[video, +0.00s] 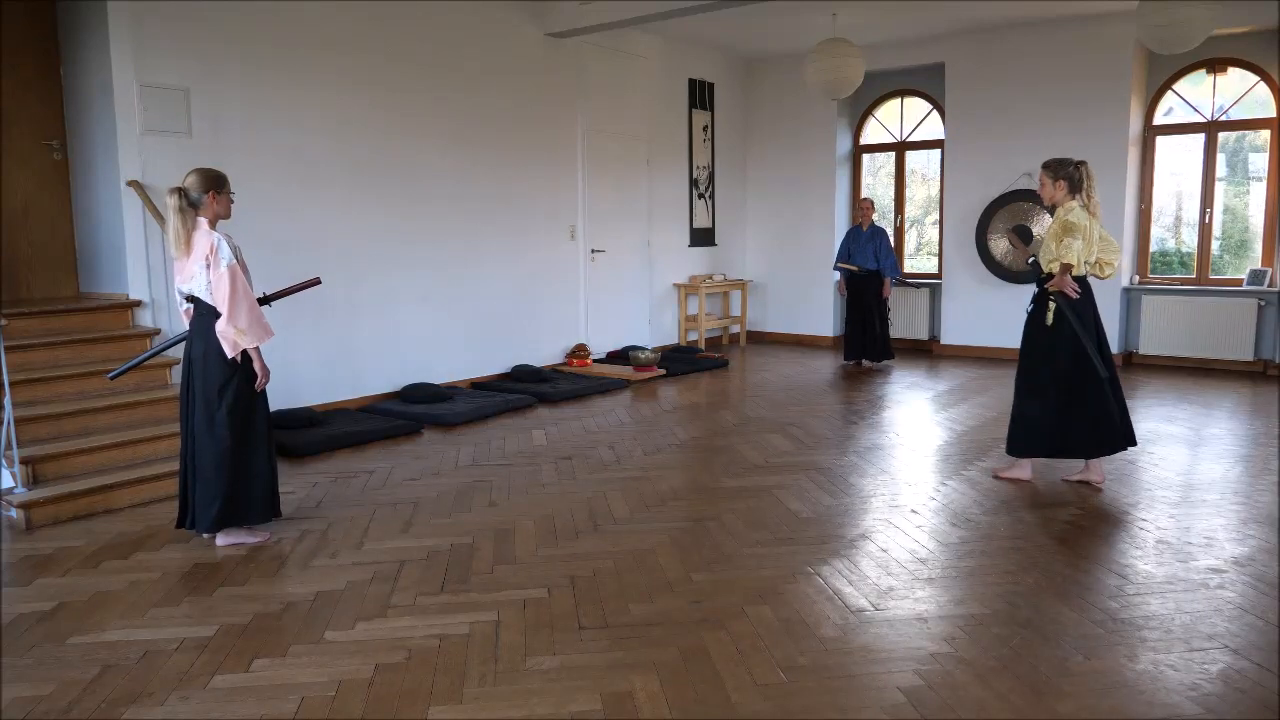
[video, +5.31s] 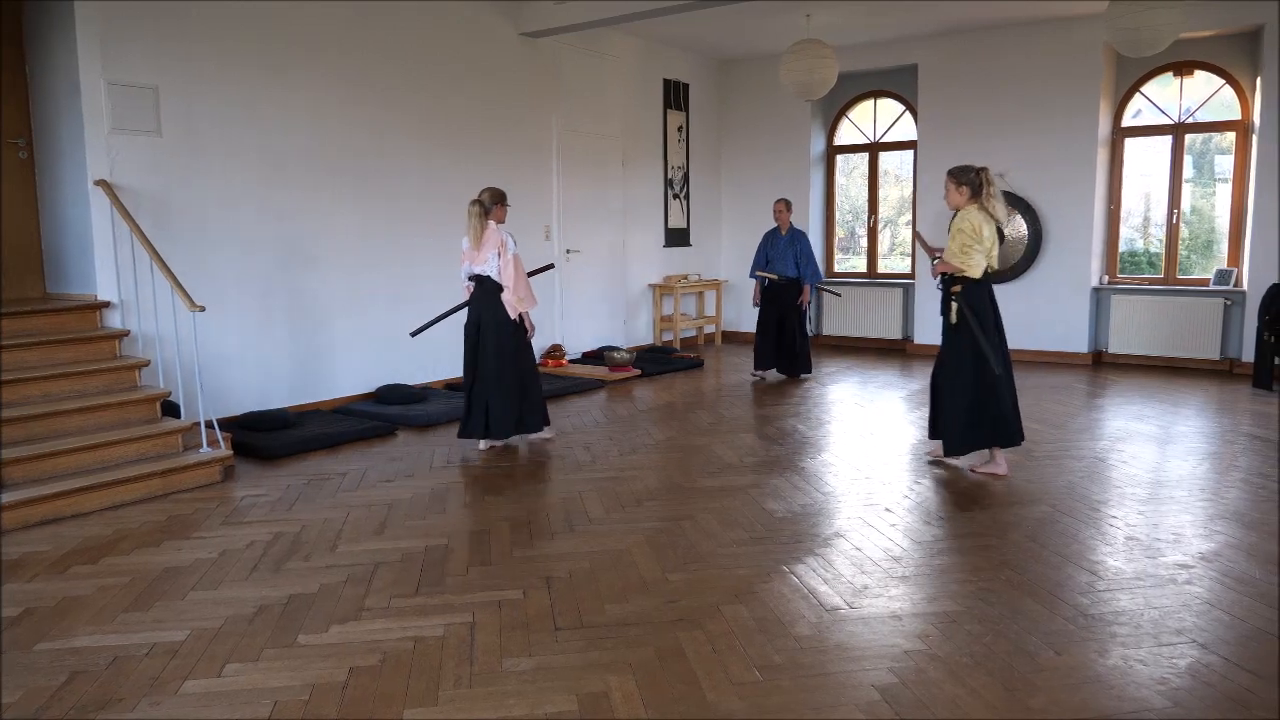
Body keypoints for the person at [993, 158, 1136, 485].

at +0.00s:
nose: (1038, 190)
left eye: (1042, 184)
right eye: (1038, 184)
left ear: (1061, 185)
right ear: (1068, 187)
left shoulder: (1068, 214)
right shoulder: (1086, 216)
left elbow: (1070, 246)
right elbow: (1109, 256)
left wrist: (1062, 275)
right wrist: (1085, 271)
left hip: (1053, 304)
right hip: (1079, 303)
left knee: (1033, 379)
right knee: (1083, 381)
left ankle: (1024, 463)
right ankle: (1094, 467)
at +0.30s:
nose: (1027, 186)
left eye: (1032, 181)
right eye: (1028, 180)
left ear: (1049, 184)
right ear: (1051, 185)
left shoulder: (1053, 215)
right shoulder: (1060, 215)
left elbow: (1048, 259)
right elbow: (1066, 261)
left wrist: (1018, 283)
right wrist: (1034, 278)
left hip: (1037, 302)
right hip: (1054, 302)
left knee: (1023, 377)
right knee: (1058, 376)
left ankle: (1023, 460)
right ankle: (1071, 454)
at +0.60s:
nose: (1023, 185)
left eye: (1028, 179)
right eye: (1024, 179)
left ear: (1047, 183)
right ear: (1048, 184)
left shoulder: (1043, 217)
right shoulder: (1056, 215)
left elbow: (1024, 269)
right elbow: (1041, 263)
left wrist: (991, 310)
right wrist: (1008, 253)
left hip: (1033, 302)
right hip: (1043, 299)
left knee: (1026, 375)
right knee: (1029, 374)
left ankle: (1024, 458)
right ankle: (1020, 453)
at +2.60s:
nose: (1011, 185)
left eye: (1015, 179)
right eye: (1013, 179)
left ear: (1030, 182)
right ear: (1034, 182)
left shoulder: (1032, 216)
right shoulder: (1048, 213)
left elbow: (1021, 267)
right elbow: (1018, 254)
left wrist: (1001, 308)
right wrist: (987, 243)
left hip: (1028, 301)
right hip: (1041, 297)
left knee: (1026, 376)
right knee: (1033, 375)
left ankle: (1025, 459)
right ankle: (1026, 455)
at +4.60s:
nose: (984, 187)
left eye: (988, 181)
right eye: (985, 181)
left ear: (1003, 184)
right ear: (1010, 185)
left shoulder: (1004, 217)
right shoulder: (1022, 216)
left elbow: (992, 269)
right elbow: (994, 266)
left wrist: (973, 308)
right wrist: (965, 251)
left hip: (1000, 302)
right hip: (1015, 298)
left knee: (1000, 375)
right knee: (1008, 375)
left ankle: (1005, 457)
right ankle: (1007, 454)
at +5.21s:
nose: (956, 192)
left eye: (959, 187)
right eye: (957, 186)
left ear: (975, 188)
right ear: (980, 189)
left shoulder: (976, 218)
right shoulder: (995, 215)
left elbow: (983, 265)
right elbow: (996, 257)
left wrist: (950, 277)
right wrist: (956, 250)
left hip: (978, 304)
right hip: (991, 301)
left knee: (988, 376)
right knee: (984, 375)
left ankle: (999, 458)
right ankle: (984, 449)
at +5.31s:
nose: (945, 195)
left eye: (948, 190)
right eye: (945, 189)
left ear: (963, 191)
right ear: (969, 191)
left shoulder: (965, 220)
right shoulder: (984, 217)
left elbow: (971, 265)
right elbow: (981, 258)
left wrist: (942, 266)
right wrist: (940, 252)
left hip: (966, 303)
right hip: (981, 300)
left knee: (950, 373)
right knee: (985, 375)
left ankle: (997, 459)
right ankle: (949, 443)